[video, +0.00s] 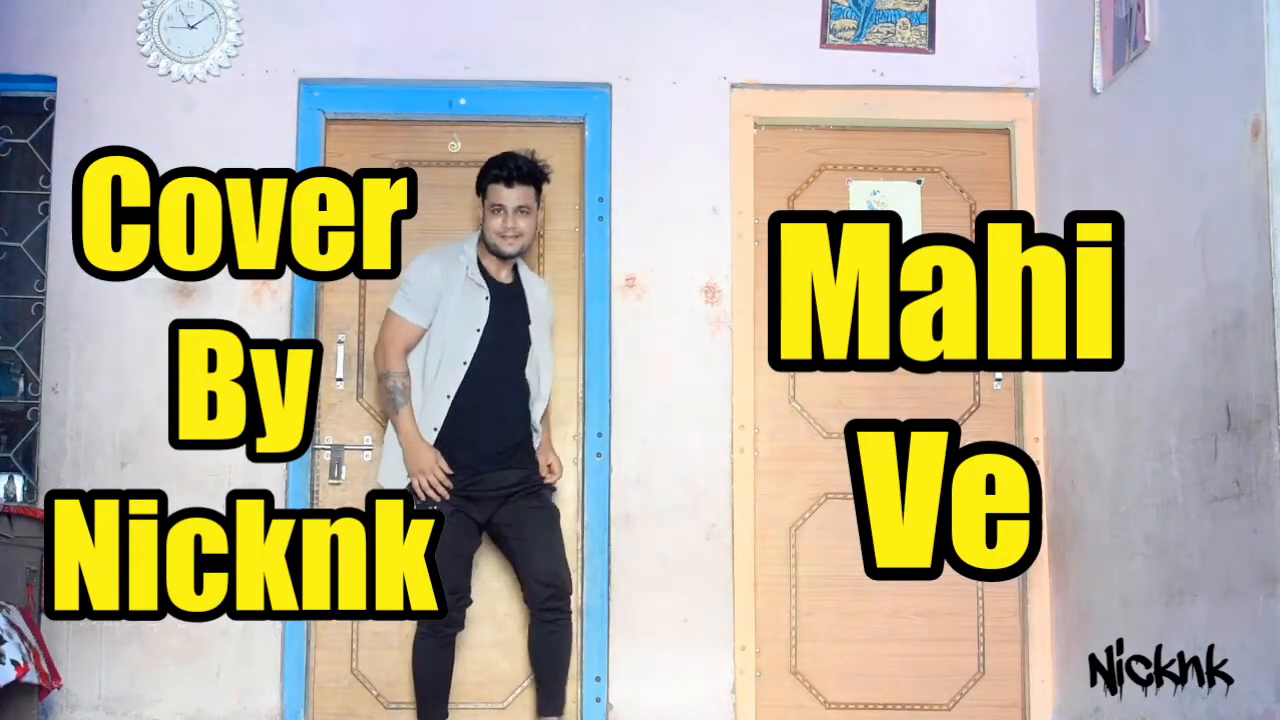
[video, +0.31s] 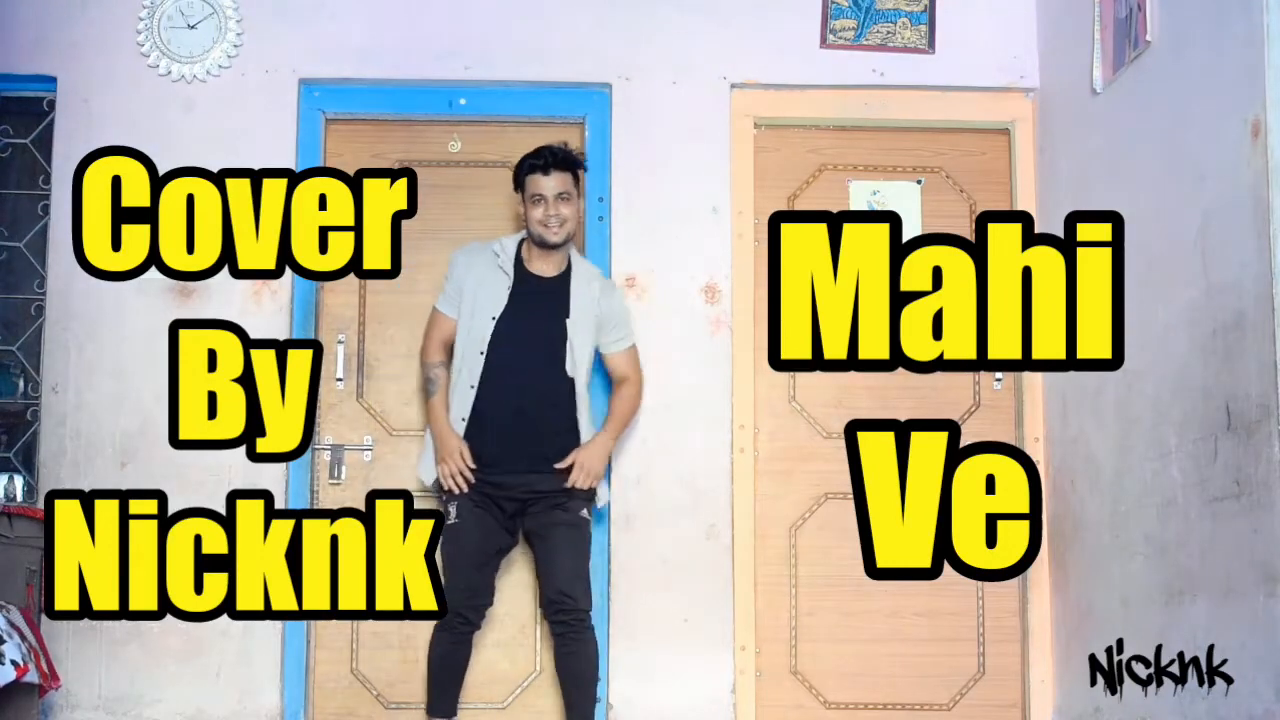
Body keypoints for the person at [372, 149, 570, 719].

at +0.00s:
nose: (510, 224)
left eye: (523, 212)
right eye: (499, 210)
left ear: (538, 218)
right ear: (480, 212)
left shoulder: (539, 292)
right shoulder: (435, 271)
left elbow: (537, 377)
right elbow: (390, 354)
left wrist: (545, 442)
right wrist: (412, 444)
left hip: (519, 480)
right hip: (447, 481)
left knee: (553, 596)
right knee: (442, 613)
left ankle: (550, 716)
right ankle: (433, 719)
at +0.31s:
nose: (552, 211)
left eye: (563, 198)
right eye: (538, 199)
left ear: (579, 204)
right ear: (520, 205)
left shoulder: (598, 289)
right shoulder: (473, 265)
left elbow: (630, 381)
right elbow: (435, 354)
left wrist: (603, 445)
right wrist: (442, 433)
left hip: (559, 488)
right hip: (478, 484)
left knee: (570, 615)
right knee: (458, 613)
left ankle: (582, 718)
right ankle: (439, 716)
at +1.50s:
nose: (457, 205)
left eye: (472, 196)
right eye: (448, 192)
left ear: (491, 205)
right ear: (433, 198)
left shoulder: (522, 263)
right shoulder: (400, 288)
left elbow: (559, 343)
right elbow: (382, 387)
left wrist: (560, 419)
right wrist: (400, 458)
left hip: (524, 471)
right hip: (442, 481)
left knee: (551, 607)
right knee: (424, 618)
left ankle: (578, 717)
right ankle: (411, 719)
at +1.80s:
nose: (433, 203)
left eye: (447, 194)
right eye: (423, 192)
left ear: (467, 206)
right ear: (410, 202)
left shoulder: (488, 271)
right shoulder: (377, 275)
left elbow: (516, 353)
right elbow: (335, 362)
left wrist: (520, 423)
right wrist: (367, 448)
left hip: (486, 474)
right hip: (409, 478)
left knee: (517, 595)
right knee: (405, 613)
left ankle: (501, 714)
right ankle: (404, 718)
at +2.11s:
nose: (427, 201)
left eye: (439, 191)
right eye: (416, 190)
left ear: (458, 201)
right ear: (398, 199)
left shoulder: (485, 271)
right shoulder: (372, 274)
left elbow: (559, 320)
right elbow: (360, 349)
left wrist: (601, 380)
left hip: (473, 472)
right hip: (395, 476)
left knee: (476, 611)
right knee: (393, 613)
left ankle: (473, 718)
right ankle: (387, 717)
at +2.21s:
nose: (424, 206)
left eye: (436, 195)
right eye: (414, 194)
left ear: (453, 204)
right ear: (394, 201)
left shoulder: (481, 267)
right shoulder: (369, 276)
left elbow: (549, 333)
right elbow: (380, 363)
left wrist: (559, 305)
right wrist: (456, 331)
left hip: (466, 474)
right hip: (388, 478)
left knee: (488, 594)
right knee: (383, 611)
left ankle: (470, 711)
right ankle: (384, 717)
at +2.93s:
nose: (466, 238)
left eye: (480, 230)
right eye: (457, 222)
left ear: (493, 237)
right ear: (436, 222)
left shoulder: (505, 285)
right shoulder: (407, 312)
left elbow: (572, 334)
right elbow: (420, 406)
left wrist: (557, 259)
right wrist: (479, 339)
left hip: (513, 490)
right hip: (435, 499)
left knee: (570, 585)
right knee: (417, 628)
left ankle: (544, 713)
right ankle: (404, 719)